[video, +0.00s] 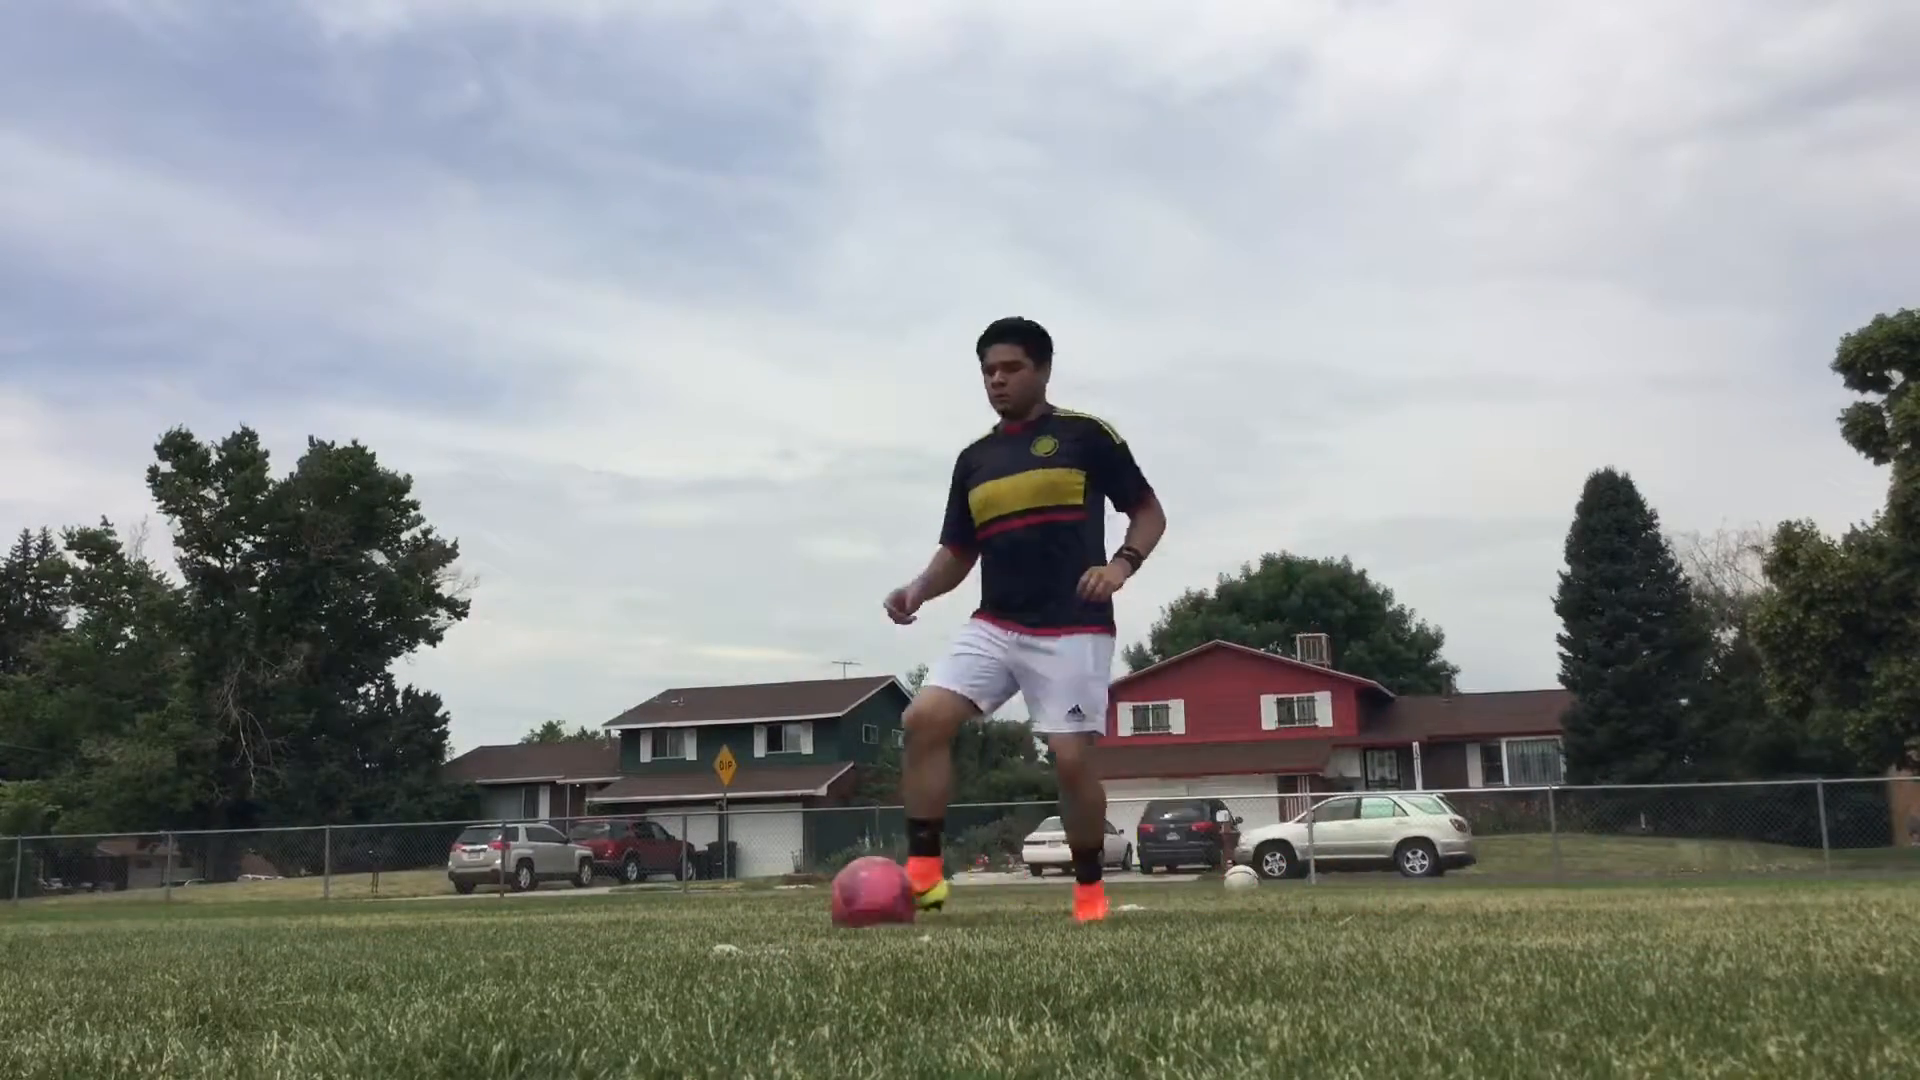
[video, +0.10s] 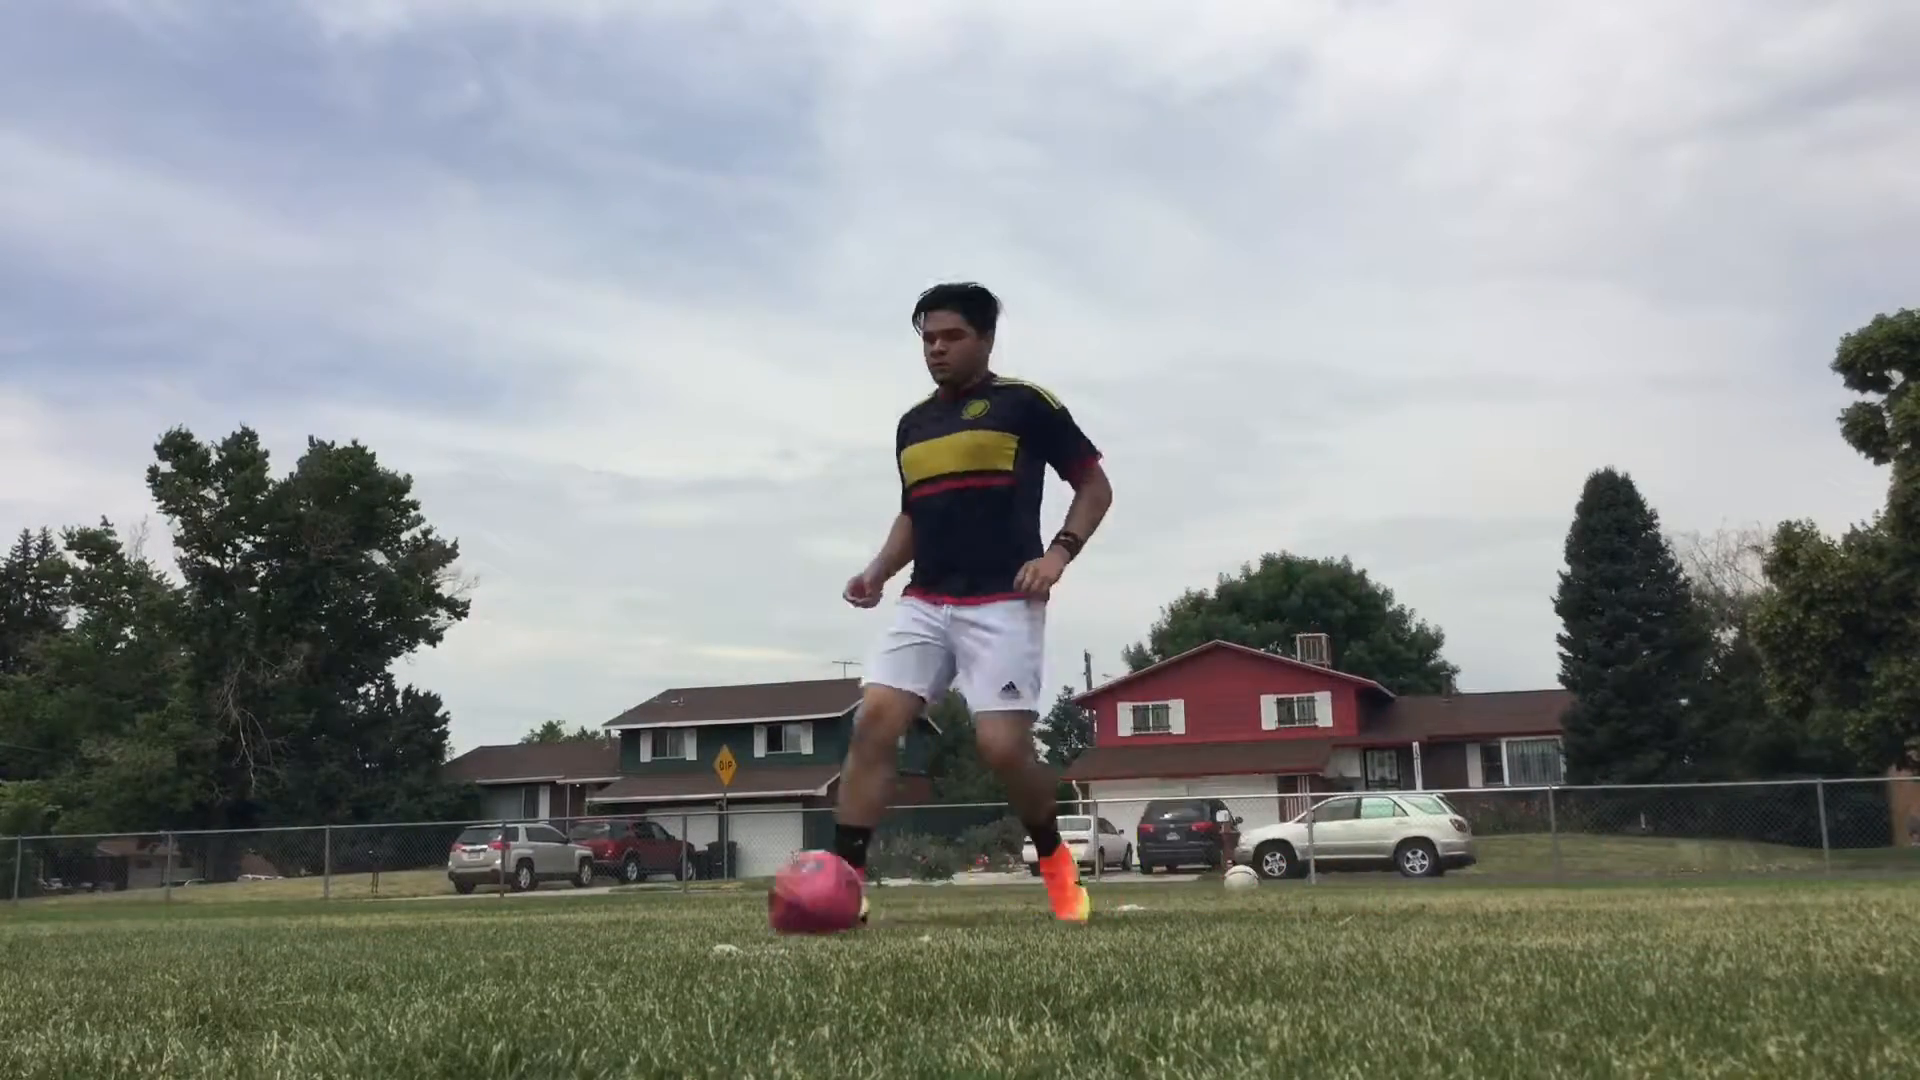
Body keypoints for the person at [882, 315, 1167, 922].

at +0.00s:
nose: (997, 380)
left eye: (1010, 369)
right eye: (989, 372)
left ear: (1043, 371)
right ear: (982, 378)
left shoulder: (1088, 437)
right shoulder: (974, 460)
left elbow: (1149, 512)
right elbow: (957, 551)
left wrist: (1121, 564)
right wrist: (918, 588)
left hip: (1073, 629)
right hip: (996, 626)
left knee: (1071, 759)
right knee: (924, 720)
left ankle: (1088, 891)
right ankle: (924, 875)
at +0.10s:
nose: (936, 349)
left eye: (950, 337)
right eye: (928, 339)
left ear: (986, 340)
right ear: (920, 344)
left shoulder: (1027, 407)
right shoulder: (913, 425)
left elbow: (1096, 487)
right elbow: (914, 515)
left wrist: (1059, 553)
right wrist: (878, 569)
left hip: (1003, 604)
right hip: (925, 603)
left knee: (1002, 748)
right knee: (874, 724)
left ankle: (1053, 859)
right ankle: (844, 880)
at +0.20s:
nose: (881, 340)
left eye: (896, 329)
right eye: (873, 329)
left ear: (932, 334)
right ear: (865, 336)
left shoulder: (971, 412)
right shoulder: (847, 422)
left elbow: (1029, 505)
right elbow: (832, 517)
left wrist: (1003, 585)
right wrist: (801, 576)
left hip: (932, 605)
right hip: (853, 609)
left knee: (895, 740)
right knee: (836, 746)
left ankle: (946, 859)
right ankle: (853, 906)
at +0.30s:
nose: (836, 317)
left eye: (853, 304)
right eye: (826, 305)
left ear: (888, 315)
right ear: (817, 314)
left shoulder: (925, 402)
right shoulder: (786, 401)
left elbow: (969, 502)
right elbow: (749, 490)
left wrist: (943, 587)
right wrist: (720, 542)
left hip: (869, 595)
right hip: (785, 601)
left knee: (805, 714)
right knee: (780, 759)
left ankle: (764, 886)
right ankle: (839, 891)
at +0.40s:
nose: (791, 294)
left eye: (809, 281)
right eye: (782, 281)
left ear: (846, 293)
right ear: (769, 291)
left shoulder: (880, 389)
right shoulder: (733, 379)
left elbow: (917, 502)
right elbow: (687, 469)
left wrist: (880, 589)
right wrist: (647, 506)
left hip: (798, 592)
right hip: (710, 583)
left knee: (726, 741)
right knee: (658, 749)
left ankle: (687, 922)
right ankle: (749, 850)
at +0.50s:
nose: (746, 250)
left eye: (765, 238)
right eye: (737, 238)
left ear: (804, 253)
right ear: (724, 250)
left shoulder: (837, 356)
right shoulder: (682, 340)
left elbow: (885, 468)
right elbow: (622, 429)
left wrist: (837, 540)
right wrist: (578, 449)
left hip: (735, 581)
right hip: (641, 557)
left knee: (683, 751)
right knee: (548, 678)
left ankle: (680, 910)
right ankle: (610, 828)